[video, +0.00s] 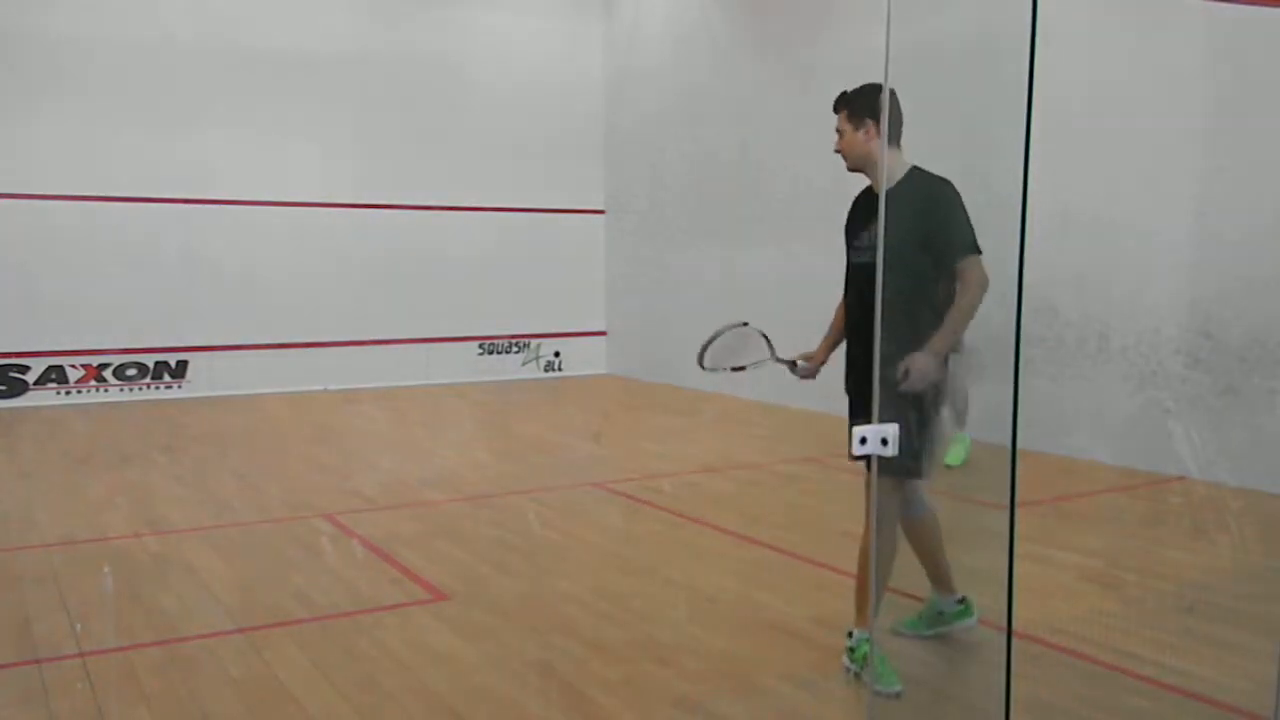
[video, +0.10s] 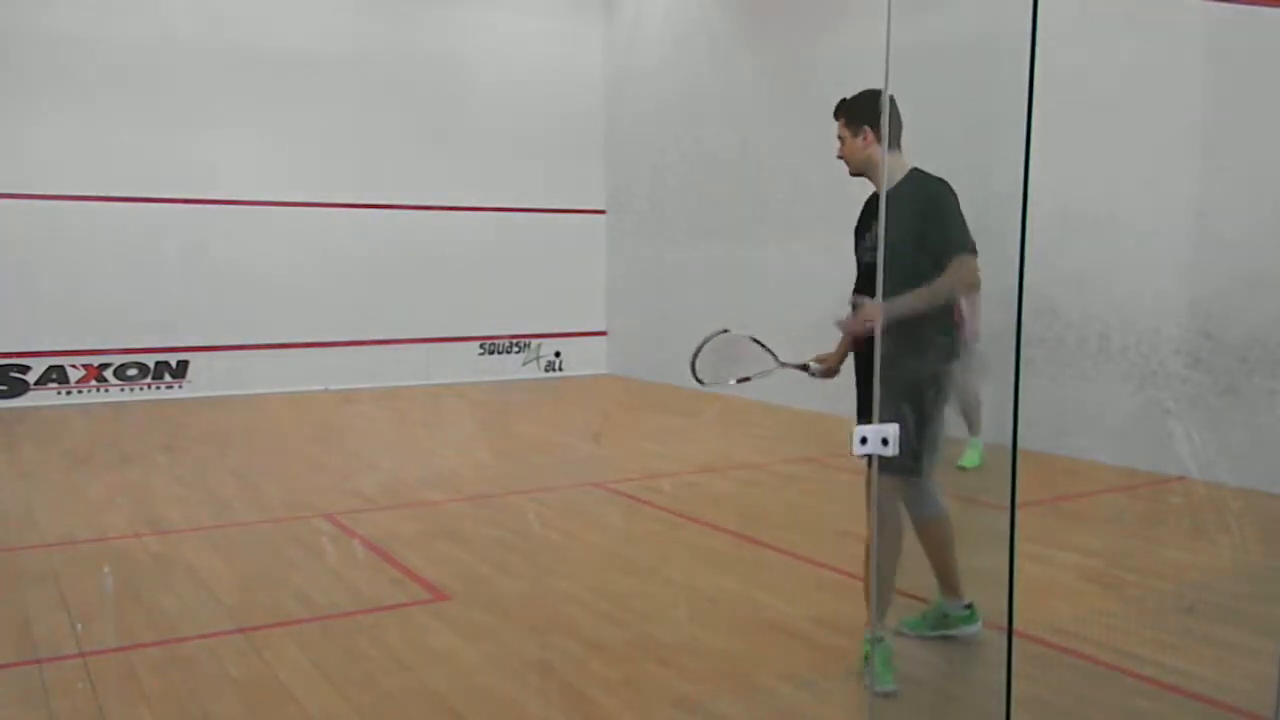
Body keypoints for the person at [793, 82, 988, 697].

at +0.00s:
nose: (836, 145)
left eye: (841, 133)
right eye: (836, 133)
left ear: (872, 130)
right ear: (866, 132)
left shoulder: (934, 193)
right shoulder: (863, 208)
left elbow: (975, 279)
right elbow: (857, 292)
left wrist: (936, 350)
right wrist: (822, 351)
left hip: (910, 374)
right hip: (867, 372)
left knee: (883, 495)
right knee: (904, 492)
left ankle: (863, 635)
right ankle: (948, 597)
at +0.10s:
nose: (837, 150)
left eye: (840, 138)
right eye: (836, 139)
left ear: (868, 136)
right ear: (870, 136)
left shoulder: (931, 194)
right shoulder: (873, 212)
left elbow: (966, 274)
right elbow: (869, 298)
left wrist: (886, 310)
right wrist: (840, 352)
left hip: (917, 368)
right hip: (885, 368)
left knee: (885, 489)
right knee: (914, 484)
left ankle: (876, 634)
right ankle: (954, 604)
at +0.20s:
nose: (841, 156)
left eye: (844, 144)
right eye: (840, 145)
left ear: (869, 139)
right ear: (874, 138)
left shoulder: (924, 195)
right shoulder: (889, 208)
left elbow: (929, 274)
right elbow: (898, 298)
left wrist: (853, 255)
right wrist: (861, 354)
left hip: (911, 370)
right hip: (897, 368)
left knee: (887, 493)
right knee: (924, 485)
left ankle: (881, 638)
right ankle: (957, 608)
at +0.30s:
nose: (845, 154)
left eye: (846, 143)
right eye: (843, 145)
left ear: (870, 138)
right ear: (880, 137)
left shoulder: (913, 191)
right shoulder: (913, 191)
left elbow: (878, 257)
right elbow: (915, 294)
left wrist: (835, 208)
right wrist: (871, 353)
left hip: (906, 365)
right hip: (911, 360)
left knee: (885, 490)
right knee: (922, 482)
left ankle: (880, 635)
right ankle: (957, 607)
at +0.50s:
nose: (842, 161)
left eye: (844, 151)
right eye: (841, 151)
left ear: (863, 144)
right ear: (884, 141)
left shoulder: (885, 190)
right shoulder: (919, 185)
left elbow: (817, 208)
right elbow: (923, 282)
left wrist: (827, 152)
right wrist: (871, 343)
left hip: (886, 361)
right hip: (914, 357)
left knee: (851, 477)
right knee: (915, 475)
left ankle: (869, 621)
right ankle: (955, 606)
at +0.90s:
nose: (797, 170)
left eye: (798, 159)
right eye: (796, 160)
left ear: (807, 150)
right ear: (842, 146)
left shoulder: (837, 194)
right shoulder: (873, 197)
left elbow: (755, 193)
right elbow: (879, 291)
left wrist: (787, 138)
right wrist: (838, 349)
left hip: (830, 370)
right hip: (856, 367)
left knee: (813, 488)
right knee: (847, 484)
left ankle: (852, 618)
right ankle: (925, 580)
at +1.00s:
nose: (780, 167)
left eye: (780, 156)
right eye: (779, 157)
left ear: (791, 149)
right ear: (826, 144)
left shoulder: (814, 196)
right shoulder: (860, 198)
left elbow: (736, 200)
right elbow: (859, 289)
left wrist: (763, 141)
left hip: (816, 364)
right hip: (845, 359)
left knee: (812, 481)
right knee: (790, 463)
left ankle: (853, 618)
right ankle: (877, 558)